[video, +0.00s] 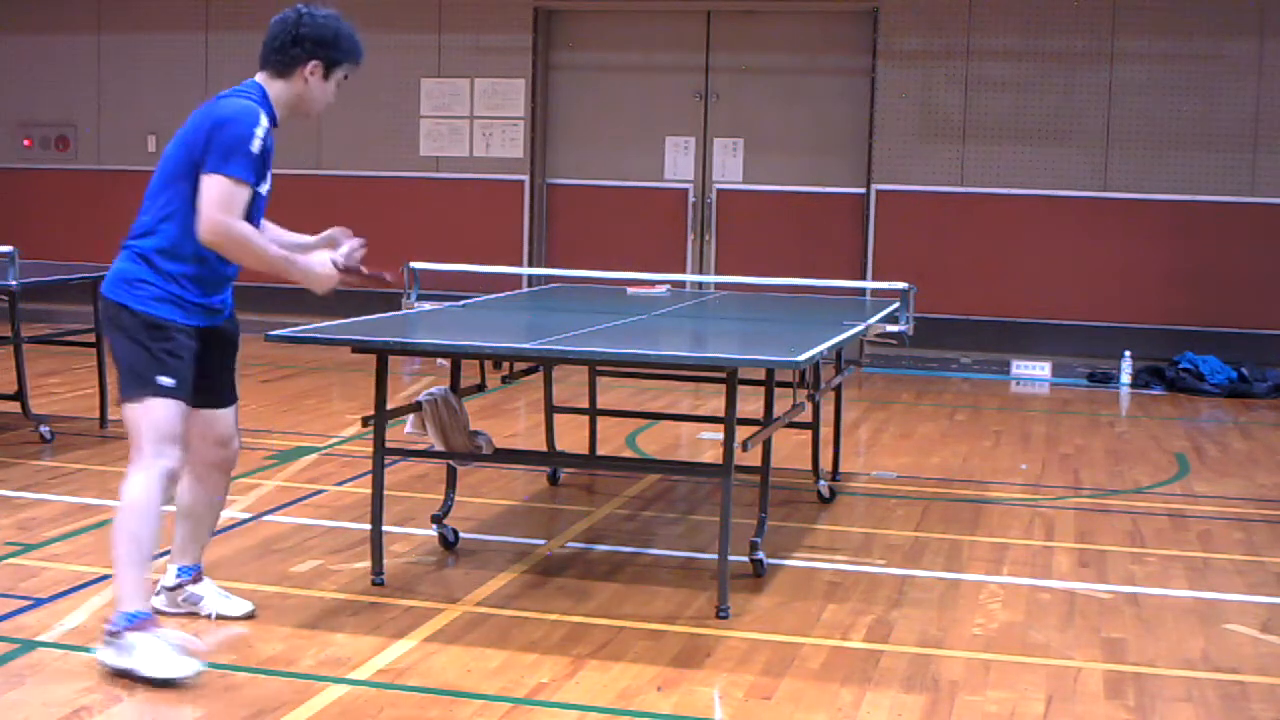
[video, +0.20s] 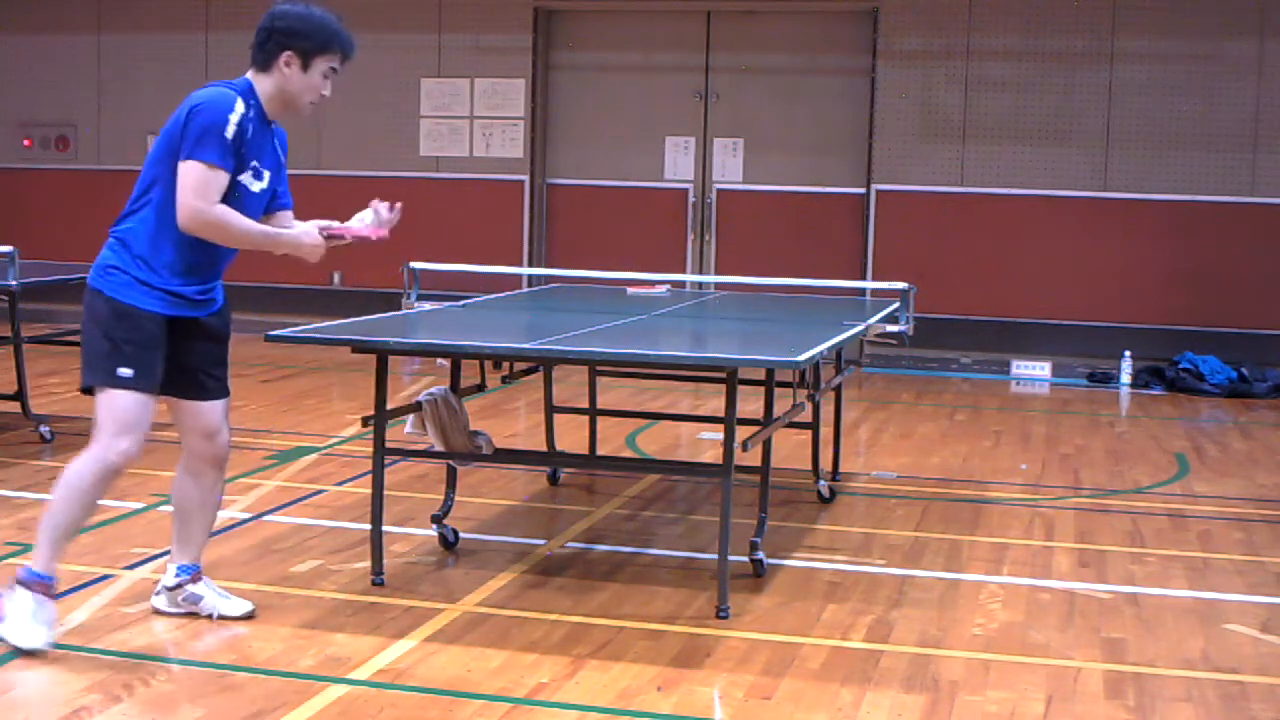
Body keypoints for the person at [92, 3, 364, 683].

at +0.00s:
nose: (336, 98)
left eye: (340, 84)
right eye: (338, 82)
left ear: (300, 69)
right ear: (310, 71)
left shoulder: (260, 123)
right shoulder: (242, 117)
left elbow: (244, 225)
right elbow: (213, 225)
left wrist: (314, 245)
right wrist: (299, 269)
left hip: (205, 308)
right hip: (153, 302)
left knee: (214, 451)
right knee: (157, 455)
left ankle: (181, 581)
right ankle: (127, 626)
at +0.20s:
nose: (329, 90)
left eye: (334, 76)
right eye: (325, 72)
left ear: (294, 68)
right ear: (286, 61)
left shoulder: (271, 140)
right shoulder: (219, 107)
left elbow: (279, 233)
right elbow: (195, 212)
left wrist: (348, 228)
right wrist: (287, 240)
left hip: (198, 300)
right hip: (131, 291)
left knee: (210, 444)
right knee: (118, 443)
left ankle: (183, 580)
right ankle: (34, 581)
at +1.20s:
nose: (245, 68)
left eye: (243, 54)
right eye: (231, 54)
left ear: (206, 67)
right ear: (186, 65)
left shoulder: (225, 123)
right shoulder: (133, 125)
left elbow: (312, 147)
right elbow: (156, 232)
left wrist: (401, 150)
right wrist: (252, 208)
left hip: (144, 304)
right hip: (69, 302)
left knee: (187, 435)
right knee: (30, 455)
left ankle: (180, 579)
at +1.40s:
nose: (208, 50)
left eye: (204, 38)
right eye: (192, 38)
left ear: (172, 56)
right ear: (149, 55)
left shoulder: (205, 116)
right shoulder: (99, 119)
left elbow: (300, 140)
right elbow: (73, 217)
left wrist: (383, 156)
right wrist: (178, 235)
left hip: (133, 305)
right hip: (56, 305)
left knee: (180, 439)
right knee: (19, 462)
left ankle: (181, 578)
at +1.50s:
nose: (202, 52)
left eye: (198, 39)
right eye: (185, 40)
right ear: (142, 59)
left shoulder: (206, 122)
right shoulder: (92, 121)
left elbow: (302, 150)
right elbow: (21, 190)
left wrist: (381, 177)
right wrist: (107, 208)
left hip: (131, 310)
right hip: (51, 310)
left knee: (180, 440)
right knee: (17, 467)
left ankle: (180, 578)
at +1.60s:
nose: (200, 65)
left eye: (198, 50)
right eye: (183, 51)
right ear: (138, 68)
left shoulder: (204, 135)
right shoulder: (93, 125)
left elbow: (286, 183)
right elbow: (24, 195)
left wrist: (348, 236)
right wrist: (32, 152)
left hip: (130, 316)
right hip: (48, 313)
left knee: (187, 447)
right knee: (23, 470)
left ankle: (183, 577)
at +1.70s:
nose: (212, 85)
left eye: (211, 70)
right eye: (197, 70)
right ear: (151, 80)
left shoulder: (204, 154)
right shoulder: (98, 126)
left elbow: (251, 225)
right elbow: (29, 181)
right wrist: (28, 125)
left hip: (128, 322)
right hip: (49, 320)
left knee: (201, 440)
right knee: (27, 475)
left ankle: (186, 571)